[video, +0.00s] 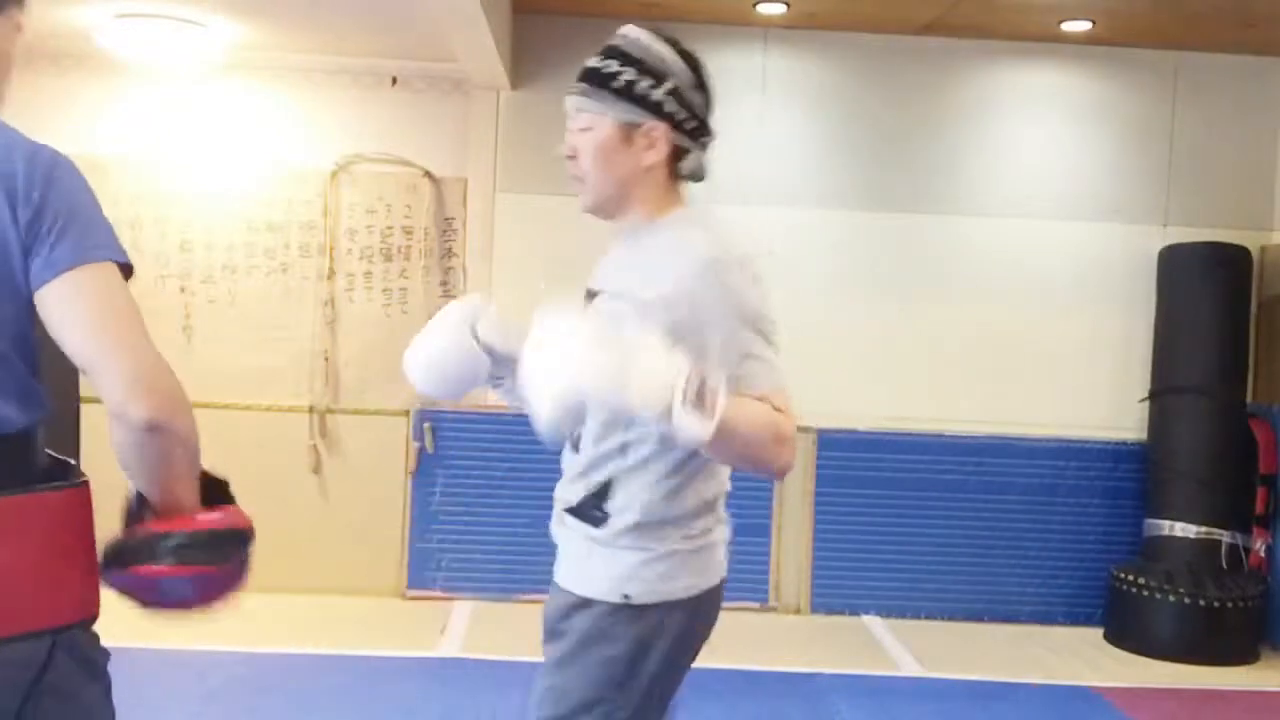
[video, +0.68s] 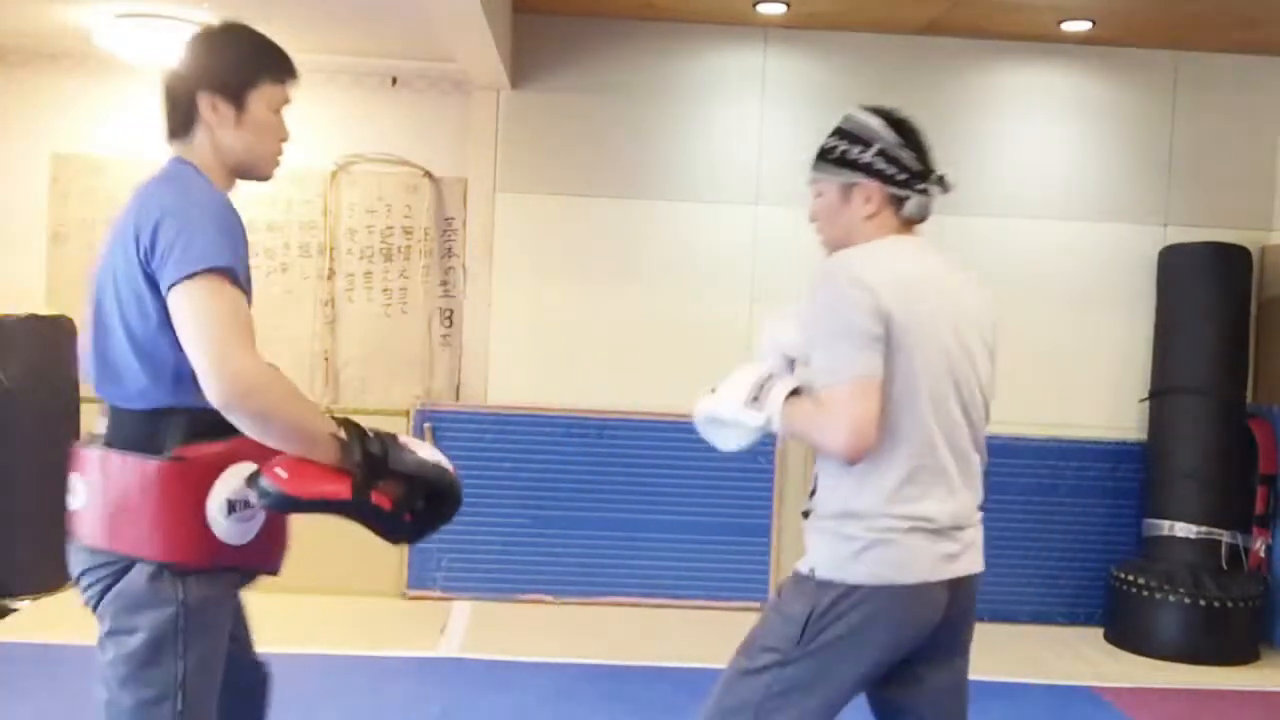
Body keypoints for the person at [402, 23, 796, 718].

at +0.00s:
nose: (565, 150)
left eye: (583, 127)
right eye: (569, 129)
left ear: (652, 142)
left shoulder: (705, 262)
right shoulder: (627, 256)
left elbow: (775, 443)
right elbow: (593, 411)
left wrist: (654, 383)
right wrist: (501, 362)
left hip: (642, 588)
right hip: (597, 575)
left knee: (568, 706)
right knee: (575, 704)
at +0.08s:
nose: (537, 171)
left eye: (552, 150)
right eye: (541, 149)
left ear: (615, 165)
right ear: (611, 167)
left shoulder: (664, 274)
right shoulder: (634, 263)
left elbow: (754, 437)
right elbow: (618, 417)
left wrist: (627, 428)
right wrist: (533, 364)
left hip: (653, 587)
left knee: (571, 707)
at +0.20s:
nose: (543, 194)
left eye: (554, 175)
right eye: (546, 175)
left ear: (611, 184)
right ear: (616, 186)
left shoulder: (649, 283)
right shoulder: (689, 256)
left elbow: (710, 457)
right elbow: (651, 409)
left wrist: (571, 428)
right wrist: (551, 350)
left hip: (662, 590)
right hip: (746, 578)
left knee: (570, 710)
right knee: (765, 714)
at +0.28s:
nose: (591, 206)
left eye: (599, 185)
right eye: (592, 185)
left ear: (650, 188)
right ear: (659, 190)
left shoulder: (656, 289)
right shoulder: (748, 269)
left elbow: (652, 458)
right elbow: (708, 348)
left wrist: (545, 397)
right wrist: (591, 314)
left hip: (687, 601)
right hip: (787, 590)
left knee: (597, 708)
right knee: (807, 710)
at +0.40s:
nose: (702, 218)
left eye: (712, 199)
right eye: (704, 199)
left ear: (756, 205)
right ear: (784, 209)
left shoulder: (741, 298)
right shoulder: (868, 300)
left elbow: (697, 451)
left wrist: (625, 375)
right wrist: (709, 331)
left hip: (773, 620)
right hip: (876, 610)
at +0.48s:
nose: (740, 227)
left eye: (748, 208)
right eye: (741, 208)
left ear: (794, 214)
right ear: (812, 215)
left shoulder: (779, 302)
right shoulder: (897, 304)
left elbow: (752, 460)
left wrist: (679, 393)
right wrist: (740, 359)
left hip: (812, 620)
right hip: (909, 608)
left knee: (724, 709)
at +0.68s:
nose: (810, 210)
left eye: (820, 192)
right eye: (812, 193)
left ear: (868, 197)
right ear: (875, 197)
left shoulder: (852, 277)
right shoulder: (964, 284)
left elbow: (849, 431)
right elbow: (950, 421)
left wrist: (771, 397)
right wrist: (814, 370)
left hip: (859, 584)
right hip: (951, 582)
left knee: (737, 712)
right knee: (931, 713)